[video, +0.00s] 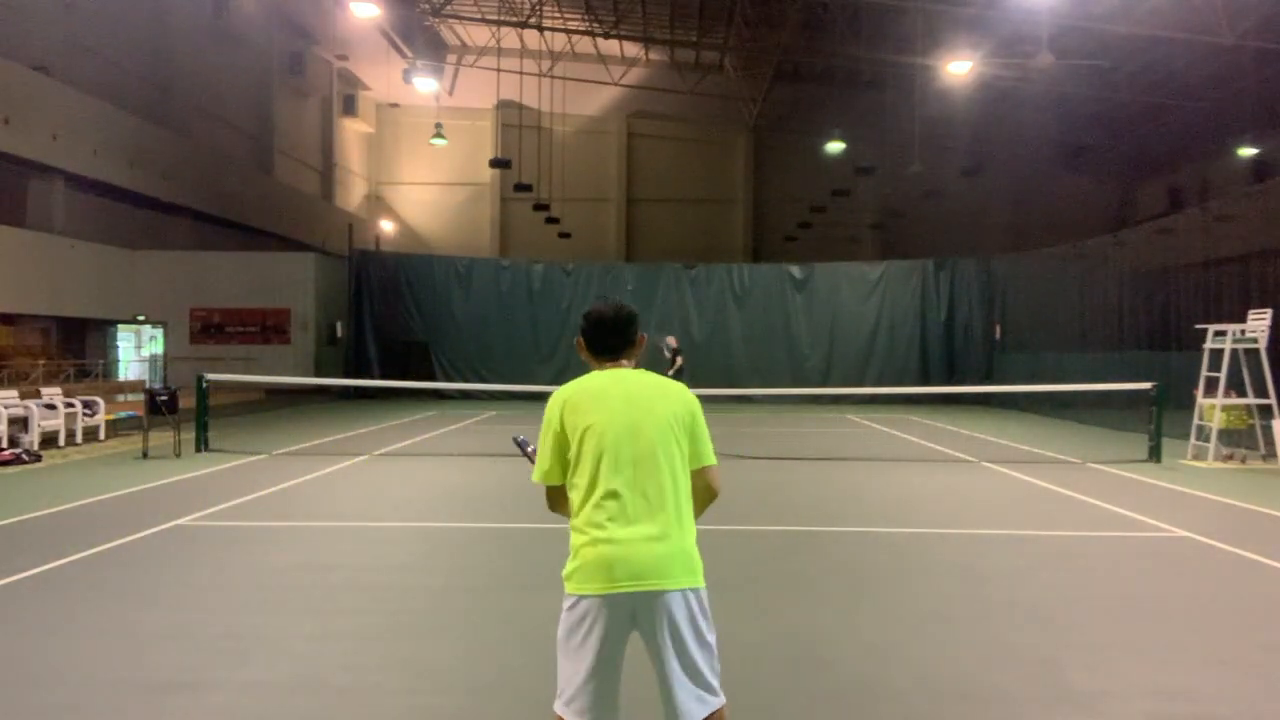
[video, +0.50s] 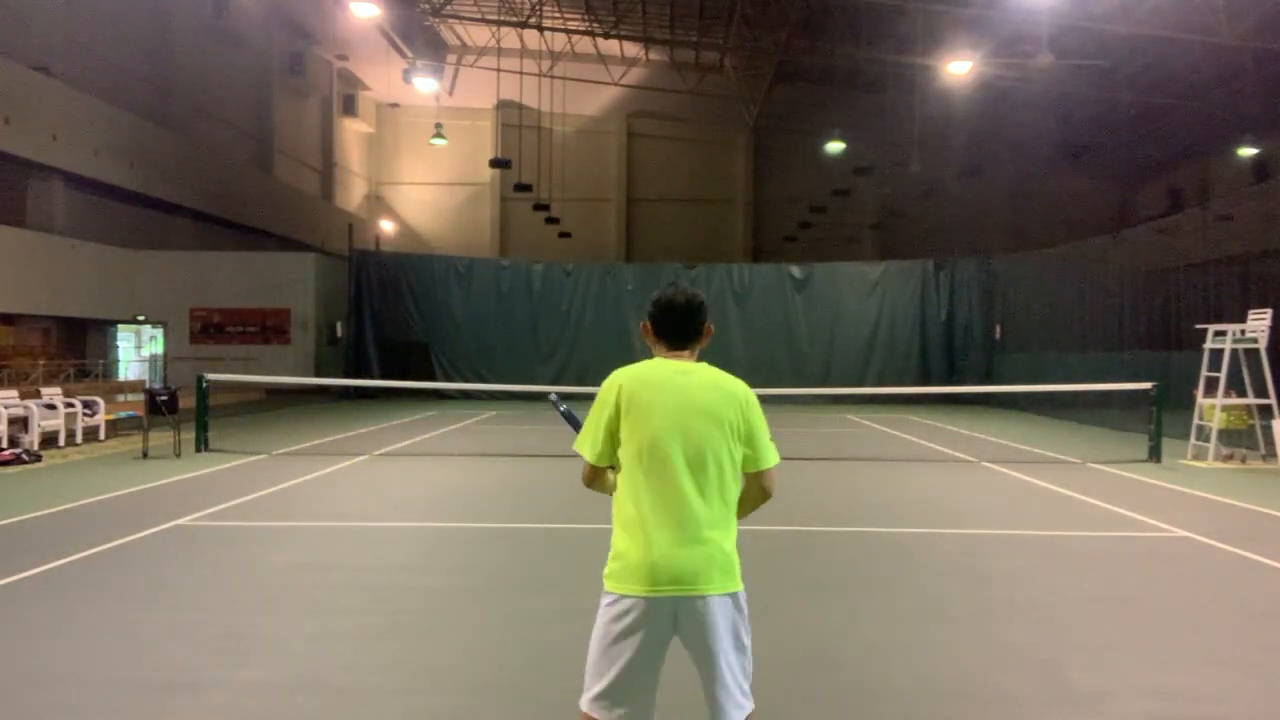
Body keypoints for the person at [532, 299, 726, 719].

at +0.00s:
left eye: (579, 341)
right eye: (642, 339)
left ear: (582, 347)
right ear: (640, 345)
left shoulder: (566, 399)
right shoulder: (678, 394)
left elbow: (557, 499)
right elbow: (707, 485)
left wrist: (604, 509)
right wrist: (669, 523)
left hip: (596, 573)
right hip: (674, 571)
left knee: (577, 705)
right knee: (702, 699)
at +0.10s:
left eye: (591, 330)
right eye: (653, 329)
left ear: (593, 337)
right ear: (652, 335)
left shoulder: (575, 393)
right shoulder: (688, 390)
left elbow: (561, 491)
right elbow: (714, 483)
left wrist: (612, 494)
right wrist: (675, 517)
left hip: (600, 574)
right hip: (678, 573)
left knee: (578, 705)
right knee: (705, 702)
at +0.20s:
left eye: (608, 329)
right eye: (669, 329)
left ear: (610, 334)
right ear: (668, 334)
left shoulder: (591, 387)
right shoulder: (704, 388)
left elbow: (572, 483)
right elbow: (727, 482)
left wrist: (627, 488)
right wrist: (685, 514)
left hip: (610, 573)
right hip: (688, 573)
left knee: (586, 704)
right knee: (710, 702)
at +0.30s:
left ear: (629, 336)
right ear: (688, 337)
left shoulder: (607, 385)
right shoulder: (720, 391)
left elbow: (583, 479)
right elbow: (742, 487)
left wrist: (636, 488)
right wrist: (695, 514)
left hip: (621, 574)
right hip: (699, 575)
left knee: (595, 705)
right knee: (719, 704)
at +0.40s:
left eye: (642, 328)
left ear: (643, 333)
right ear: (702, 335)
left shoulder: (619, 384)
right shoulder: (731, 392)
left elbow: (590, 476)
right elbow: (755, 487)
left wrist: (632, 485)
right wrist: (709, 512)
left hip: (631, 575)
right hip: (709, 576)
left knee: (599, 706)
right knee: (728, 706)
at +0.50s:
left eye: (647, 327)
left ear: (647, 332)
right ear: (706, 334)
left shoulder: (622, 383)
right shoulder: (736, 392)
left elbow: (593, 476)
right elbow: (762, 485)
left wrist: (636, 484)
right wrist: (717, 513)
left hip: (635, 576)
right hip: (713, 577)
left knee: (604, 707)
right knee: (732, 707)